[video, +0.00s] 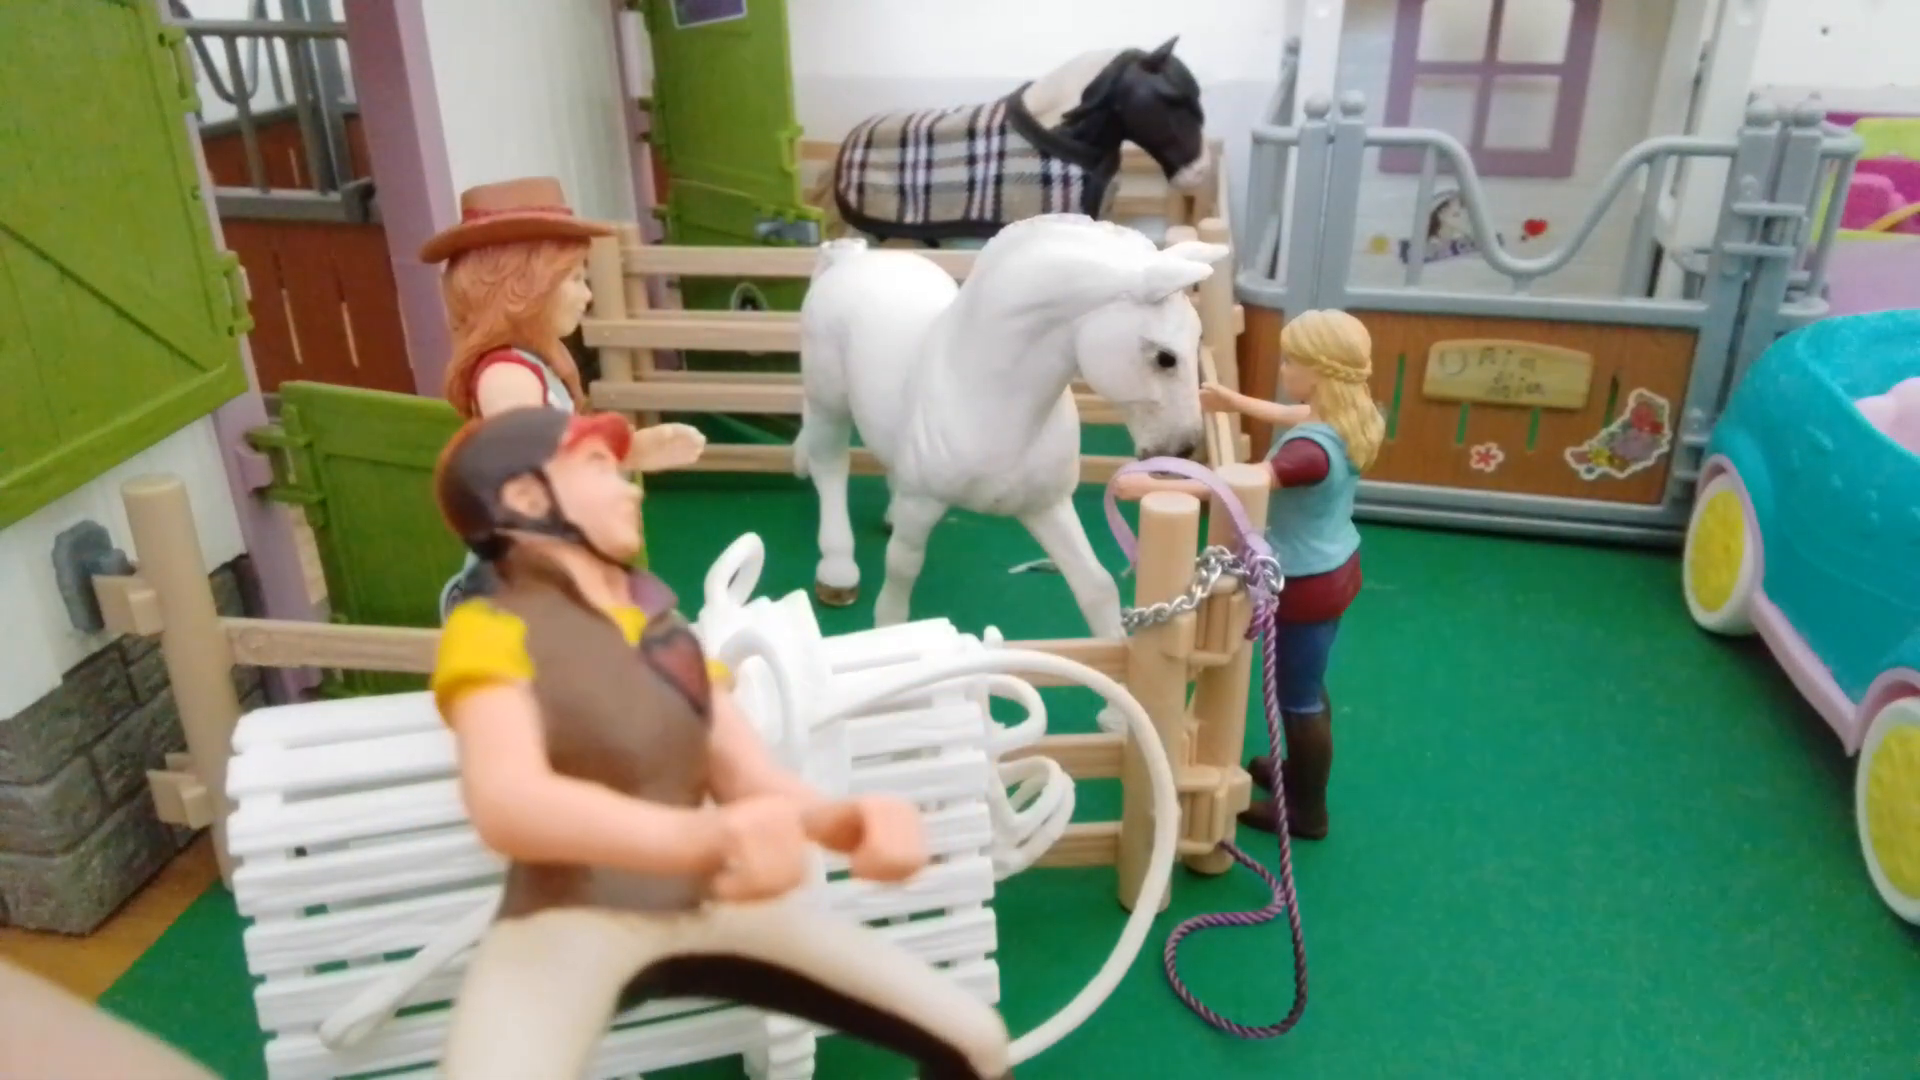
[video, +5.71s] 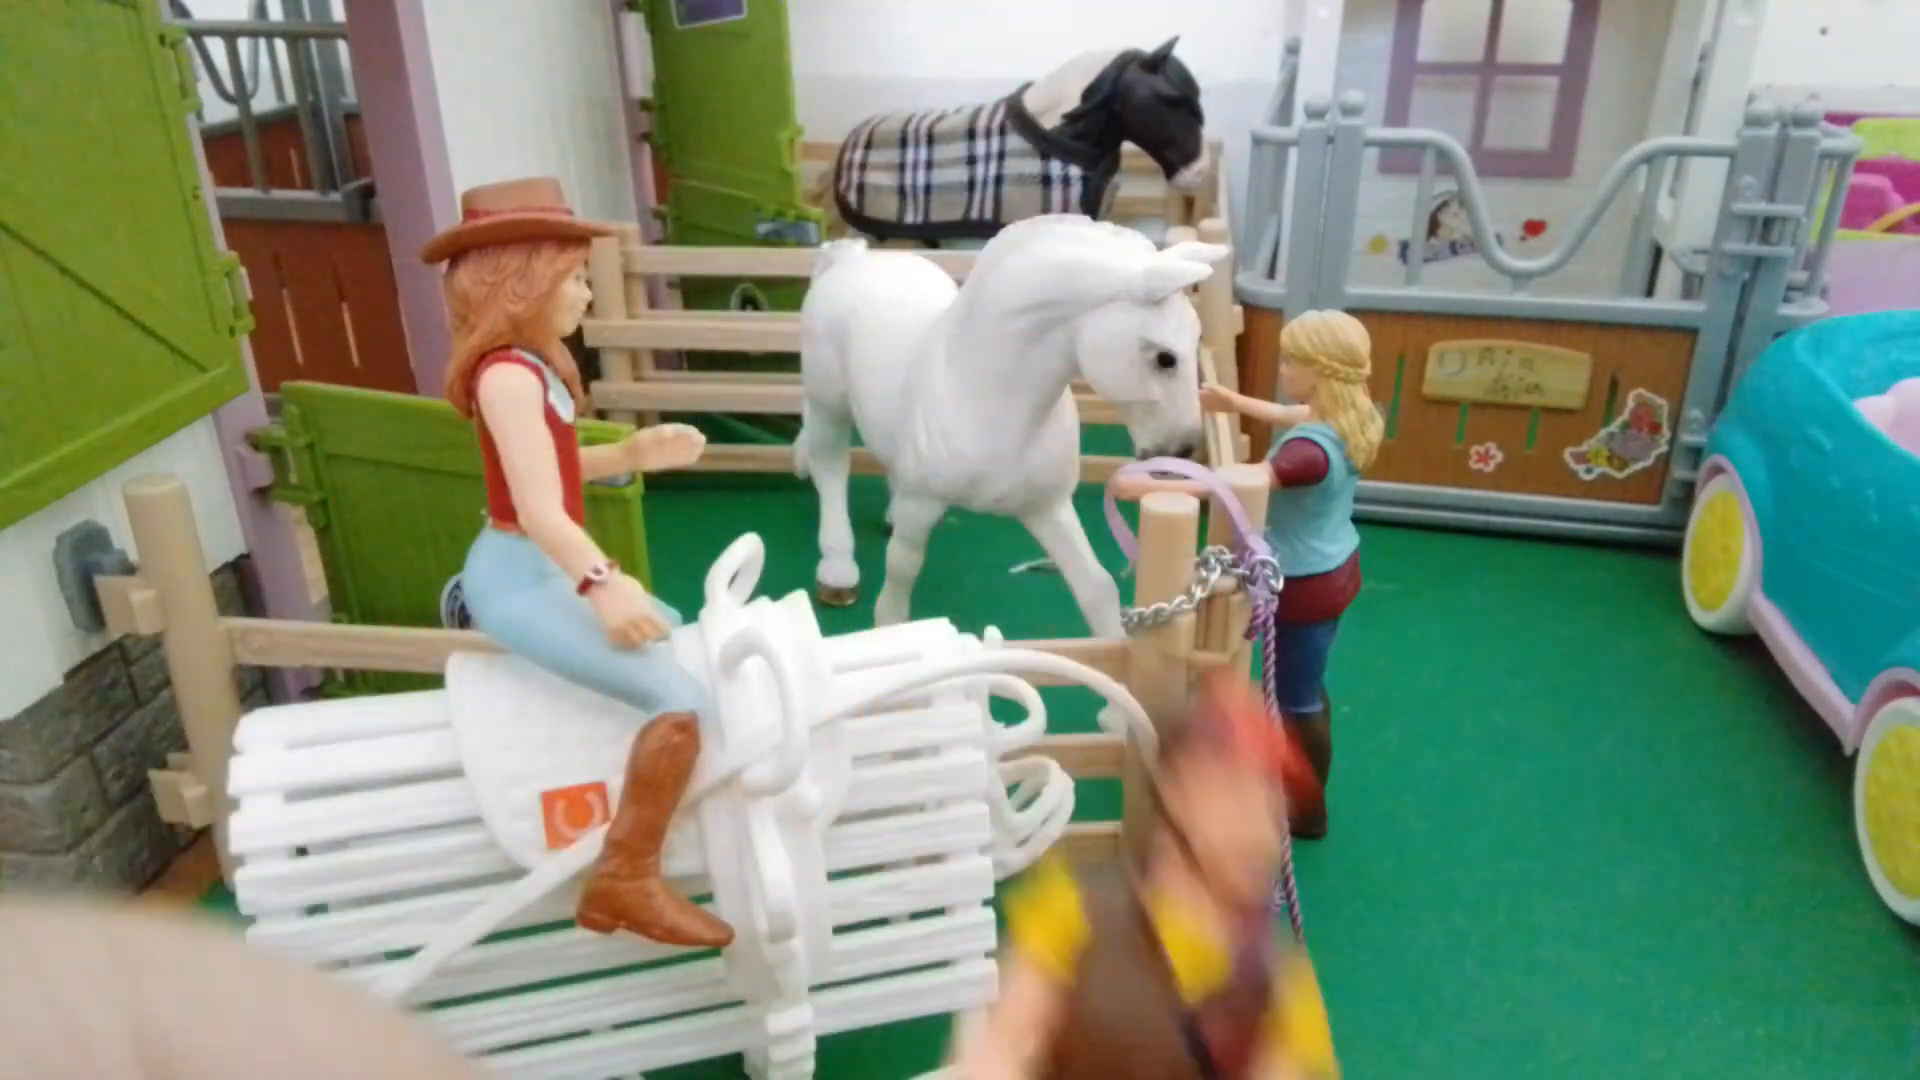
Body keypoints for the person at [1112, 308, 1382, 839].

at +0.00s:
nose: (1282, 370)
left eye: (1290, 361)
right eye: (1285, 359)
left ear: (1319, 372)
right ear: (1337, 372)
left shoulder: (1316, 447)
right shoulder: (1349, 417)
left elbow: (1248, 478)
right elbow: (1292, 416)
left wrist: (1160, 483)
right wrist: (1238, 401)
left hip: (1304, 588)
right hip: (1331, 567)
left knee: (1300, 701)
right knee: (1301, 682)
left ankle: (1304, 813)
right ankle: (1299, 775)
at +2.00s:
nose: (1282, 370)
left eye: (1289, 361)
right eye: (1284, 360)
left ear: (1318, 372)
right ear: (1337, 372)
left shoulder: (1315, 447)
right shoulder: (1348, 417)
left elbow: (1252, 478)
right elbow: (1288, 416)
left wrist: (1165, 484)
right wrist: (1235, 400)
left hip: (1304, 587)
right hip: (1332, 566)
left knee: (1299, 699)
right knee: (1301, 681)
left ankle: (1304, 811)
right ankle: (1300, 773)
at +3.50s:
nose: (1281, 371)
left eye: (1290, 363)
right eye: (1284, 361)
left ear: (1317, 374)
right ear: (1336, 373)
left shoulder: (1315, 448)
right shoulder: (1346, 419)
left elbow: (1253, 479)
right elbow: (1292, 415)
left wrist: (1193, 479)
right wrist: (1236, 401)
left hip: (1309, 579)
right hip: (1333, 565)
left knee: (1297, 691)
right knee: (1299, 676)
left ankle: (1302, 809)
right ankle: (1298, 771)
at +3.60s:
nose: (1280, 373)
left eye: (1290, 363)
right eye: (1283, 362)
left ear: (1314, 373)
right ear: (1347, 369)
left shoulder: (1316, 438)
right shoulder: (1356, 422)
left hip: (1310, 574)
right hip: (1335, 564)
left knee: (1296, 688)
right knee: (1304, 680)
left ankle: (1303, 806)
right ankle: (1295, 772)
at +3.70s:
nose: (1281, 373)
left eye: (1290, 363)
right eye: (1286, 363)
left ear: (1308, 373)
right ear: (1349, 372)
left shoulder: (1311, 444)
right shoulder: (1336, 432)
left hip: (1316, 573)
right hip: (1337, 562)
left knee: (1304, 697)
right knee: (1304, 685)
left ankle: (1303, 806)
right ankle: (1294, 773)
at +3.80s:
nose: (1282, 371)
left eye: (1290, 362)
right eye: (1285, 360)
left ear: (1317, 373)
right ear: (1332, 372)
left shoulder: (1312, 448)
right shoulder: (1349, 417)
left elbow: (1248, 478)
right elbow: (1292, 415)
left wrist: (1187, 475)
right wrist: (1235, 400)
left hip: (1308, 586)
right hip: (1340, 564)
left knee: (1300, 694)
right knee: (1300, 674)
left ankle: (1303, 809)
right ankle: (1293, 766)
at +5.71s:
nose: (1282, 371)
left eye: (1291, 362)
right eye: (1285, 360)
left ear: (1319, 373)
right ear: (1334, 374)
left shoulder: (1315, 447)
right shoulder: (1345, 417)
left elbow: (1247, 478)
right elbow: (1290, 415)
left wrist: (1160, 484)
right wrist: (1236, 401)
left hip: (1304, 588)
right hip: (1331, 566)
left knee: (1296, 701)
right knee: (1304, 688)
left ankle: (1307, 813)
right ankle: (1307, 798)